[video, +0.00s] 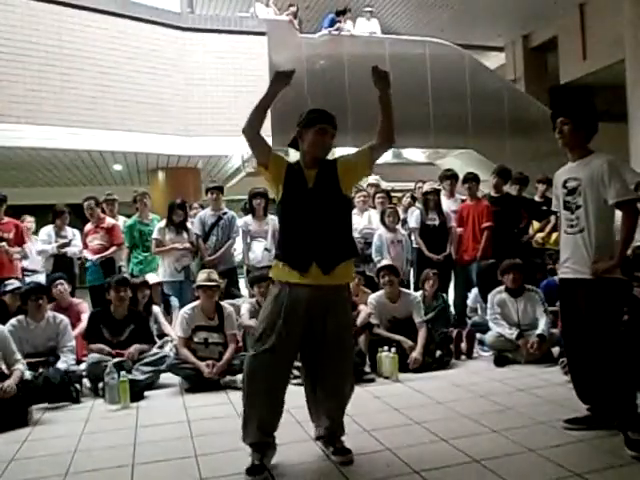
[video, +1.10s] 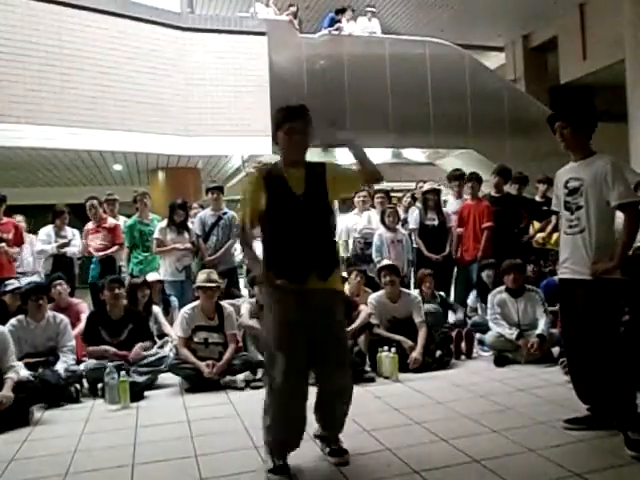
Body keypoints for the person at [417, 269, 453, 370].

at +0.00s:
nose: (431, 283)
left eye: (434, 280)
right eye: (428, 280)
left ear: (438, 284)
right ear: (423, 282)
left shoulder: (442, 300)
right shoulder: (417, 299)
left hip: (441, 330)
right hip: (424, 331)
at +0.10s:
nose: (431, 283)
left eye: (434, 280)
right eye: (428, 280)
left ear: (438, 284)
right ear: (423, 282)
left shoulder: (442, 301)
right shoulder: (417, 299)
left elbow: (447, 320)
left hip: (440, 332)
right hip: (423, 332)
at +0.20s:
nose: (431, 283)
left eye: (434, 281)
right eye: (428, 280)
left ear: (438, 284)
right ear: (423, 283)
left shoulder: (441, 299)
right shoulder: (418, 299)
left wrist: (423, 319)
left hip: (442, 326)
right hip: (427, 327)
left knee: (444, 335)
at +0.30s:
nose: (431, 283)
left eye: (434, 280)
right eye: (428, 280)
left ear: (438, 283)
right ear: (423, 283)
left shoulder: (441, 299)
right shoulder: (417, 299)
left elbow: (448, 315)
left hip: (440, 327)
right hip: (424, 328)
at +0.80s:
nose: (429, 289)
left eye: (432, 286)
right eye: (427, 286)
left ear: (435, 286)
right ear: (421, 286)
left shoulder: (441, 300)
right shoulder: (415, 299)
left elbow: (446, 317)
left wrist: (447, 325)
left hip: (439, 329)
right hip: (424, 330)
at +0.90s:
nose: (429, 284)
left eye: (431, 282)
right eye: (425, 282)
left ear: (434, 284)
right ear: (420, 284)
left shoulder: (440, 298)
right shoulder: (415, 299)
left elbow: (449, 314)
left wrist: (457, 324)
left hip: (442, 330)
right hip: (425, 331)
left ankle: (465, 349)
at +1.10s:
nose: (428, 285)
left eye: (430, 282)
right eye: (425, 282)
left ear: (434, 283)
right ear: (420, 284)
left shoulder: (440, 297)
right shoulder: (415, 298)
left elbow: (458, 308)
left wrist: (459, 319)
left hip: (441, 330)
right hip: (424, 331)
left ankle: (467, 349)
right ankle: (456, 349)